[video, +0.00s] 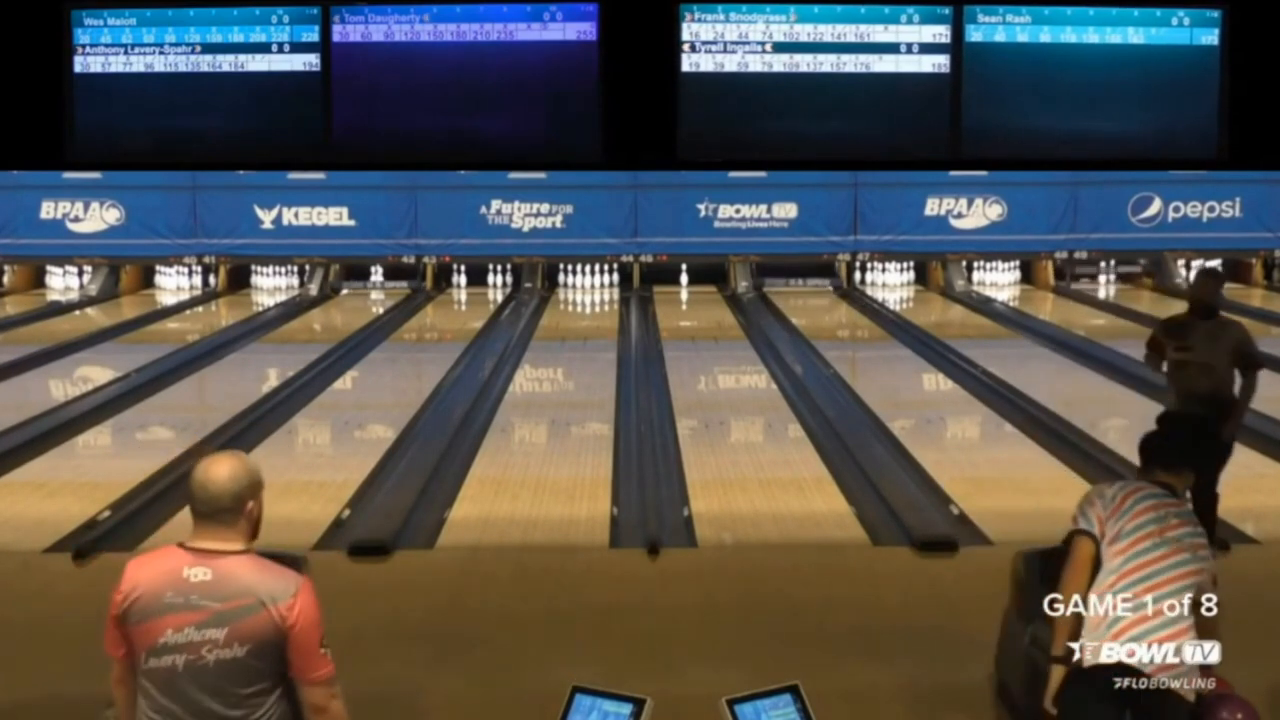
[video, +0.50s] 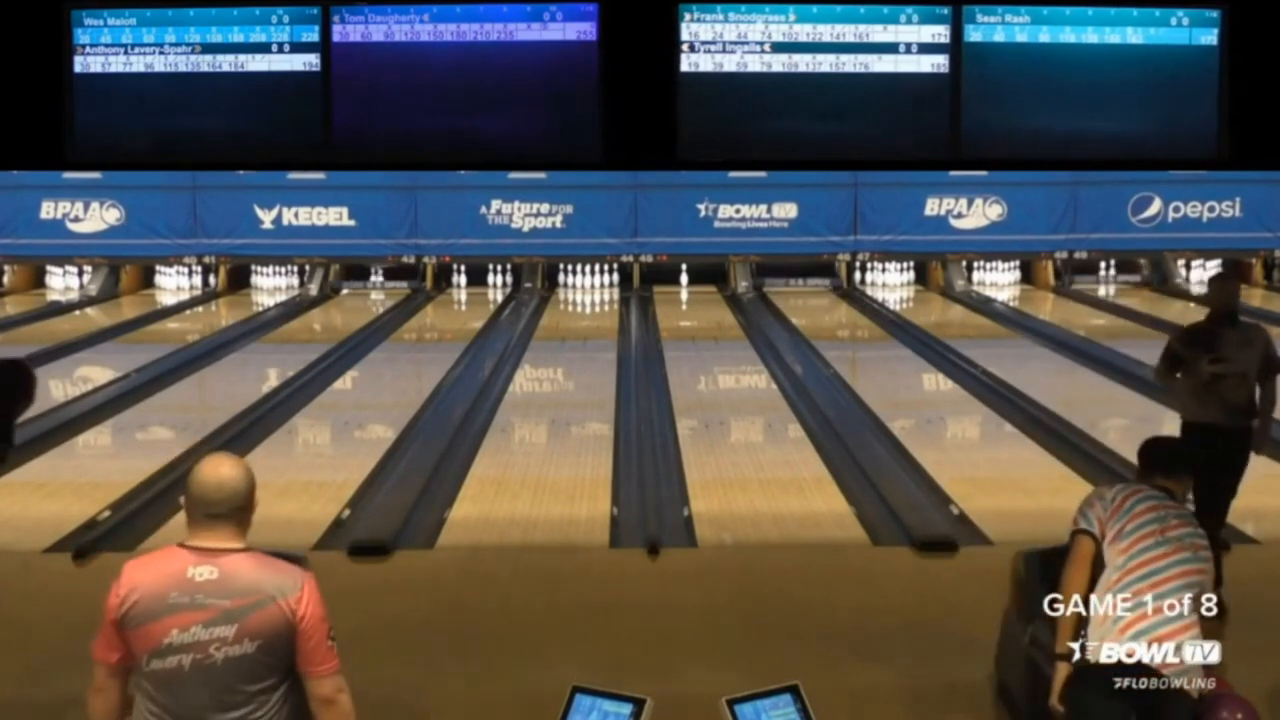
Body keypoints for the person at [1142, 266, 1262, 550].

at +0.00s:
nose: (1204, 296)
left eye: (1212, 290)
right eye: (1200, 288)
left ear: (1220, 294)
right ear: (1191, 291)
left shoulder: (1234, 332)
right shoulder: (1172, 327)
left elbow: (1249, 376)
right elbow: (1152, 360)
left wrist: (1236, 418)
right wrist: (1169, 376)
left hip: (1217, 419)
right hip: (1179, 416)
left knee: (1204, 484)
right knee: (1168, 477)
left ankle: (1206, 538)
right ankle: (1163, 531)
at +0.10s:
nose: (1209, 296)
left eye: (1216, 289)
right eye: (1204, 288)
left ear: (1225, 292)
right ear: (1196, 291)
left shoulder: (1240, 332)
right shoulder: (1177, 327)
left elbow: (1257, 373)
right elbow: (1154, 358)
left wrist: (1247, 413)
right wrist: (1174, 368)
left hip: (1221, 421)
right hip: (1181, 418)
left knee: (1208, 487)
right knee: (1171, 480)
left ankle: (1206, 544)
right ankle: (1162, 534)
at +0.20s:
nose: (1218, 296)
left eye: (1224, 289)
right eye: (1213, 289)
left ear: (1232, 293)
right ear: (1202, 292)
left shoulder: (1249, 333)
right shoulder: (1182, 330)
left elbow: (1263, 375)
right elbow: (1159, 365)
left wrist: (1255, 413)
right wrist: (1180, 372)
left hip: (1228, 422)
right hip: (1188, 419)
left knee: (1213, 485)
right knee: (1182, 480)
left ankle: (1206, 537)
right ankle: (1176, 533)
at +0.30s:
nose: (1217, 295)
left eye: (1223, 289)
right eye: (1212, 288)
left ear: (1232, 293)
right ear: (1202, 292)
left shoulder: (1249, 333)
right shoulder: (1182, 330)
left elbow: (1263, 376)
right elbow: (1159, 366)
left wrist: (1255, 414)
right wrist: (1180, 372)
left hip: (1228, 422)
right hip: (1188, 419)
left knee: (1213, 485)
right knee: (1182, 480)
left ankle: (1206, 537)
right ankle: (1176, 533)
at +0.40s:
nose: (1222, 298)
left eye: (1227, 291)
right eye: (1216, 290)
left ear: (1235, 295)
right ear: (1206, 294)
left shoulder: (1253, 335)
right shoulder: (1186, 333)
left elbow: (1265, 382)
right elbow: (1160, 371)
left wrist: (1258, 421)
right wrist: (1183, 383)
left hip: (1231, 426)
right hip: (1192, 423)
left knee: (1216, 489)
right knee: (1188, 484)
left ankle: (1206, 536)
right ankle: (1182, 534)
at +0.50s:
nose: (1226, 297)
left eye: (1231, 291)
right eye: (1220, 290)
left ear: (1239, 294)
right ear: (1209, 294)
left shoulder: (1256, 339)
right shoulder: (1189, 336)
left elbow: (1268, 383)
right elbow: (1162, 374)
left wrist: (1264, 425)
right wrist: (1187, 392)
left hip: (1238, 430)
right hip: (1198, 429)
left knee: (1221, 498)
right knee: (1205, 499)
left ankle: (1209, 550)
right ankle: (1209, 565)